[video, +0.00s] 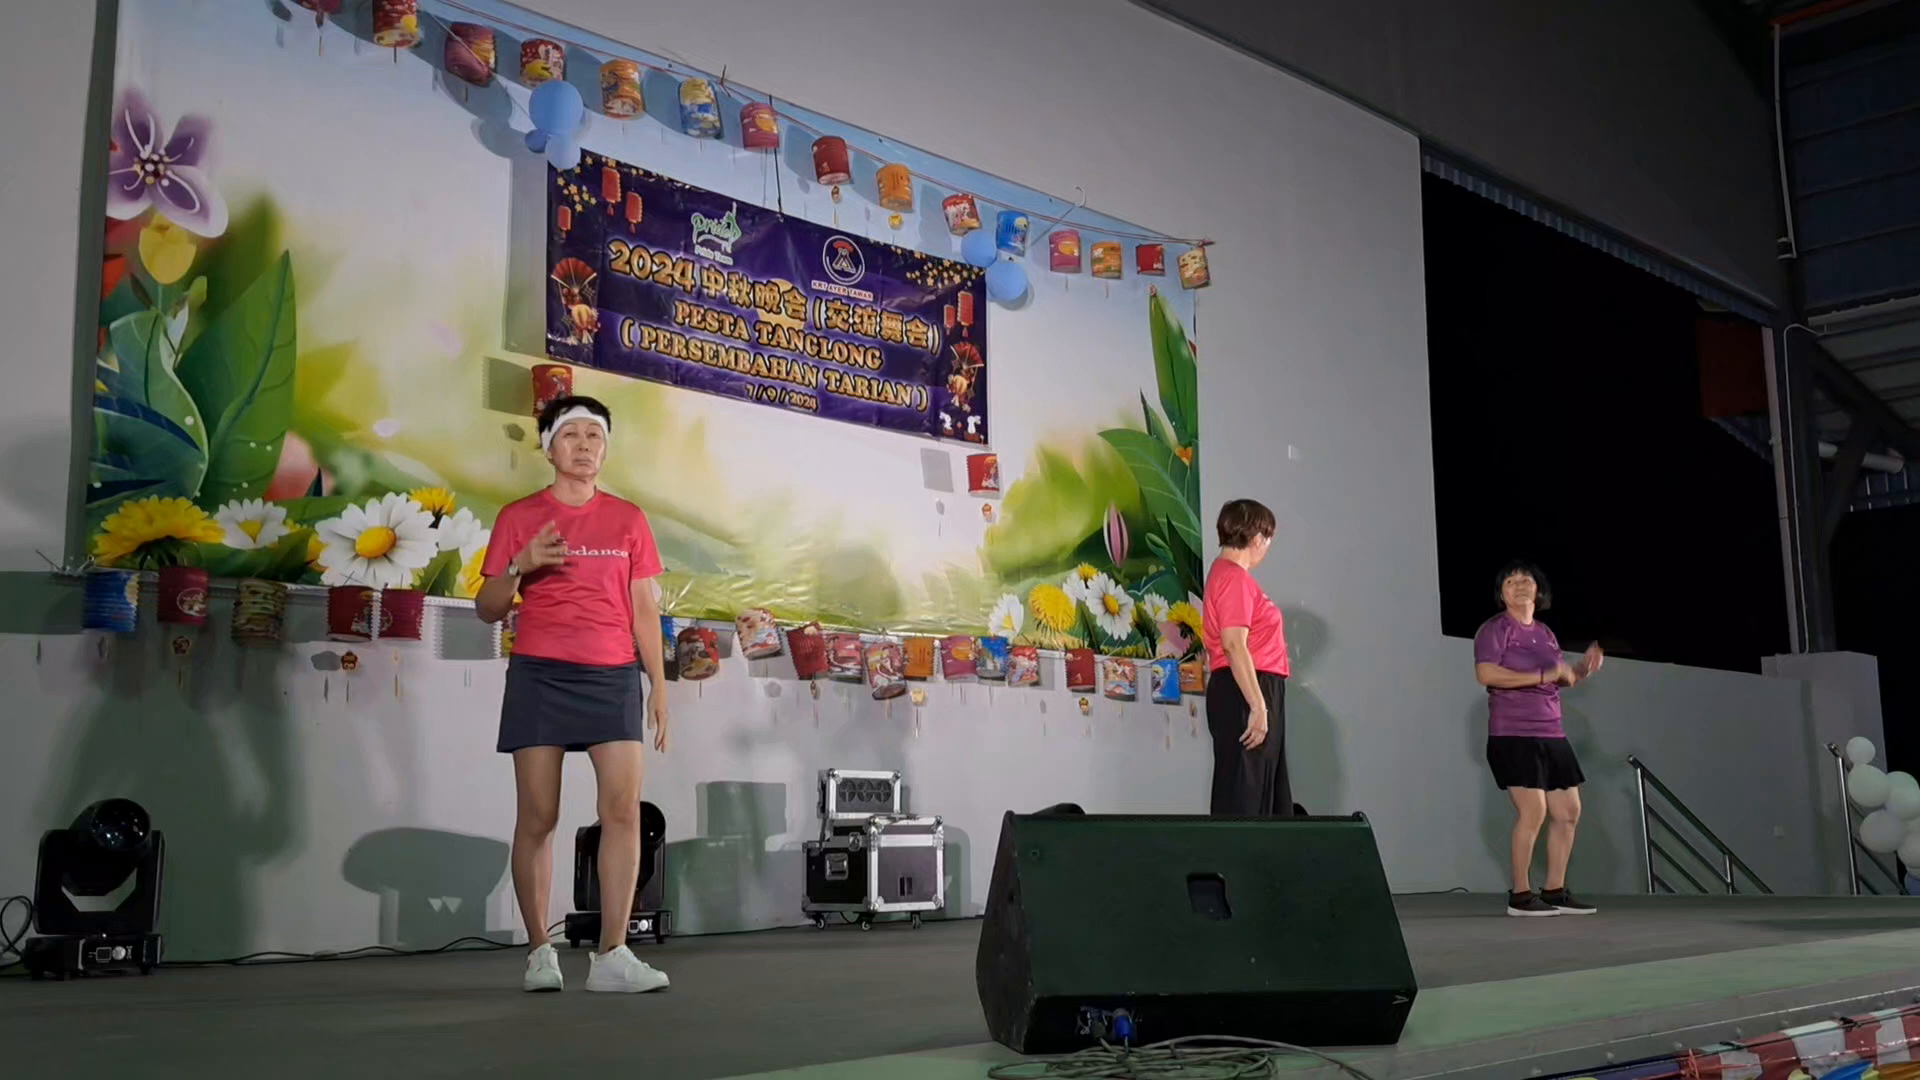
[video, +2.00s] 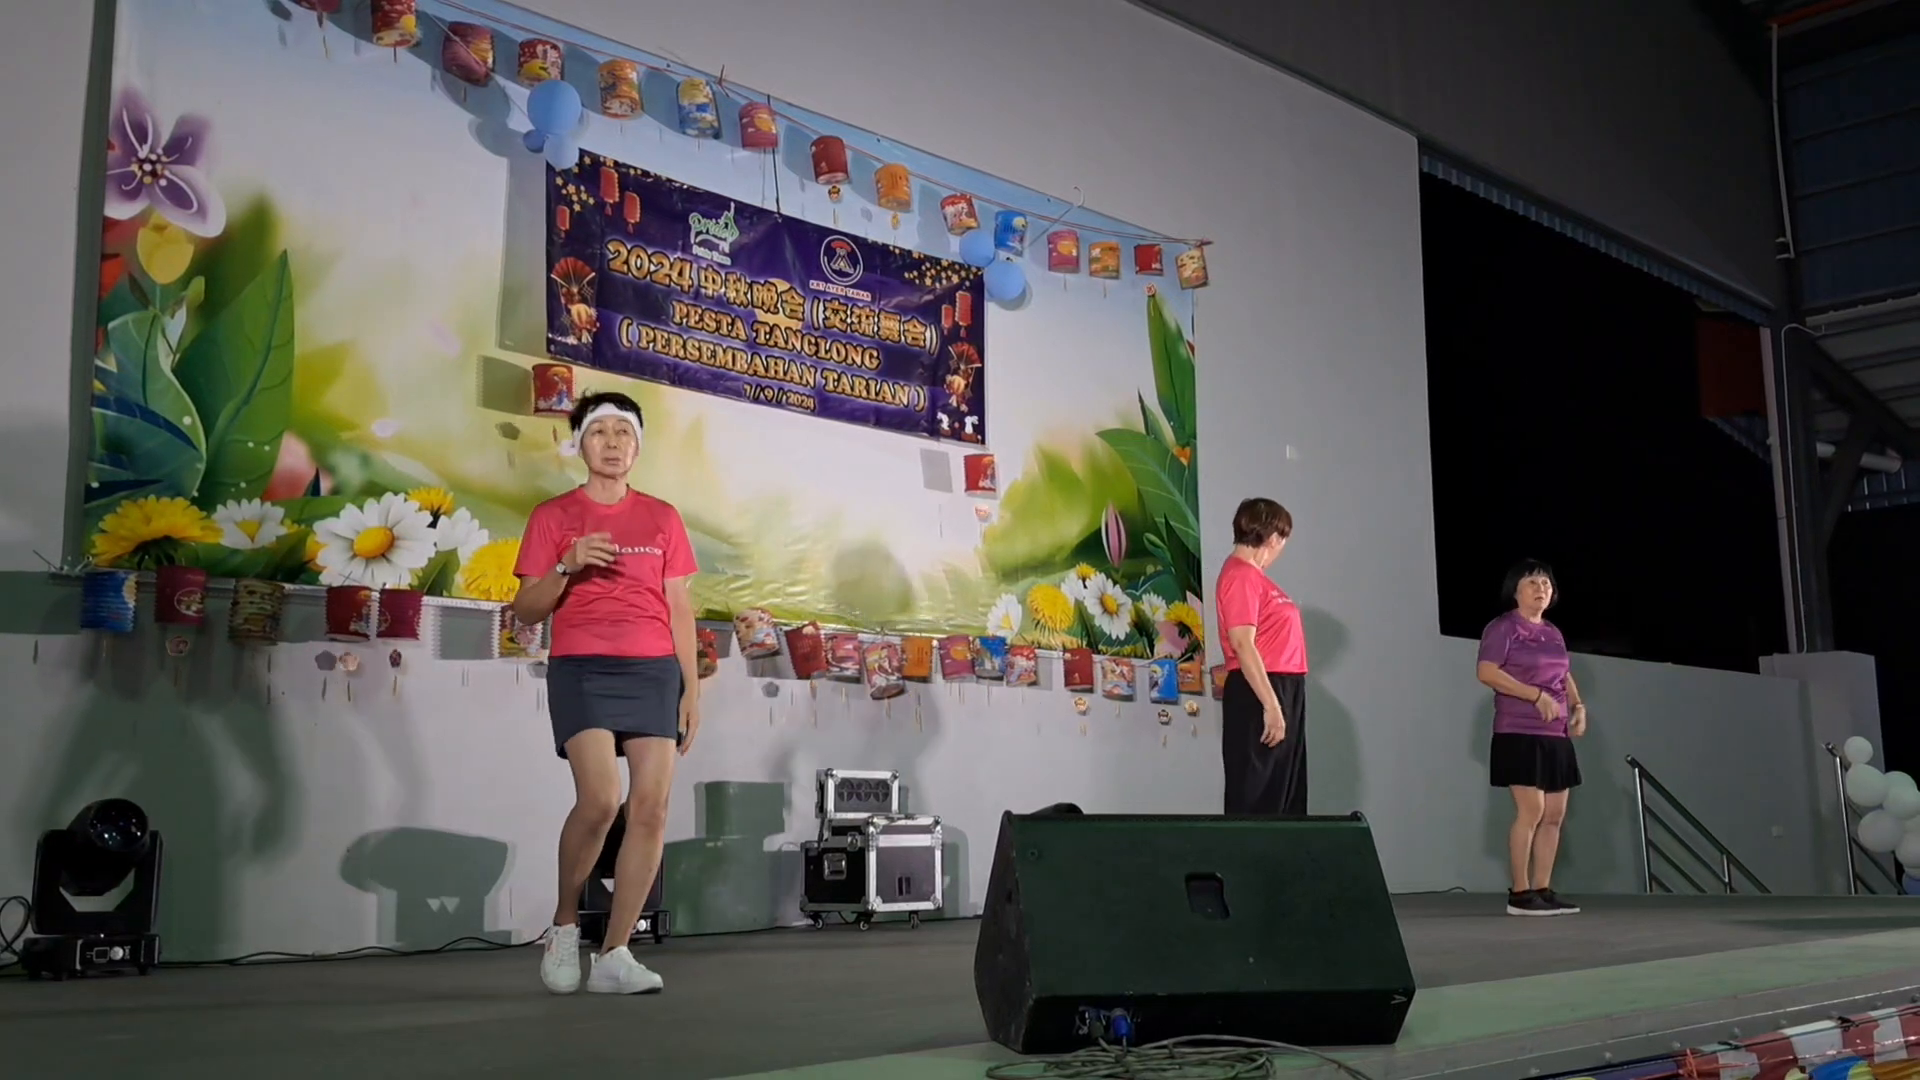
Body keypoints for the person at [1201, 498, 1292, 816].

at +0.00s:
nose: (1268, 547)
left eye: (1269, 539)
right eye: (1268, 538)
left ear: (1228, 533)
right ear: (1257, 538)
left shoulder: (1230, 573)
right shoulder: (1233, 576)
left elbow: (1234, 643)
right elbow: (1234, 643)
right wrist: (1258, 706)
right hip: (1246, 685)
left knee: (1264, 792)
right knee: (1244, 793)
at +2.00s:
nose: (1281, 547)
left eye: (1284, 540)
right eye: (1283, 539)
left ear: (1245, 530)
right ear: (1272, 538)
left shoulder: (1253, 575)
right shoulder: (1241, 575)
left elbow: (1251, 642)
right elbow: (1242, 643)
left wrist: (1283, 701)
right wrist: (1271, 705)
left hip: (1284, 687)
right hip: (1261, 688)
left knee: (1284, 792)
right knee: (1256, 793)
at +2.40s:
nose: (1295, 544)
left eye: (1296, 536)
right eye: (1288, 535)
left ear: (1264, 541)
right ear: (1261, 539)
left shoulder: (1276, 579)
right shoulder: (1245, 578)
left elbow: (1282, 645)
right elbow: (1241, 647)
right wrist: (1263, 707)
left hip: (1303, 692)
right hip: (1273, 693)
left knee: (1303, 800)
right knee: (1279, 803)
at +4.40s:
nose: (1305, 537)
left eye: (1306, 529)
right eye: (1298, 528)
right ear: (1271, 534)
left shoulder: (1299, 583)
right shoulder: (1252, 578)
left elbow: (1317, 649)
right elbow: (1241, 646)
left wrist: (1348, 697)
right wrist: (1251, 709)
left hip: (1311, 700)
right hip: (1273, 698)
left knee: (1306, 808)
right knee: (1275, 809)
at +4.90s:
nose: (1294, 536)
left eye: (1293, 528)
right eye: (1291, 527)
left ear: (1267, 530)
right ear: (1276, 530)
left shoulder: (1268, 574)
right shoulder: (1252, 570)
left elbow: (1281, 650)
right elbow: (1247, 637)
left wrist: (1311, 703)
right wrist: (1269, 700)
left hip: (1285, 692)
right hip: (1261, 691)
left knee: (1287, 796)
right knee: (1261, 798)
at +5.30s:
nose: (1280, 544)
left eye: (1282, 536)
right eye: (1280, 536)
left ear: (1242, 529)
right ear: (1267, 533)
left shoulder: (1231, 567)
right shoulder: (1247, 566)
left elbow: (1244, 635)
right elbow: (1253, 633)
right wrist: (1284, 695)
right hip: (1255, 681)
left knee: (1277, 791)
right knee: (1254, 791)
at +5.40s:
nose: (1277, 541)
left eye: (1277, 533)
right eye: (1276, 532)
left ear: (1235, 529)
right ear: (1263, 532)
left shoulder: (1223, 571)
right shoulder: (1247, 566)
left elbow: (1219, 657)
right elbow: (1254, 632)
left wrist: (1213, 717)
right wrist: (1284, 695)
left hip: (1236, 680)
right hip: (1257, 681)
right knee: (1258, 790)